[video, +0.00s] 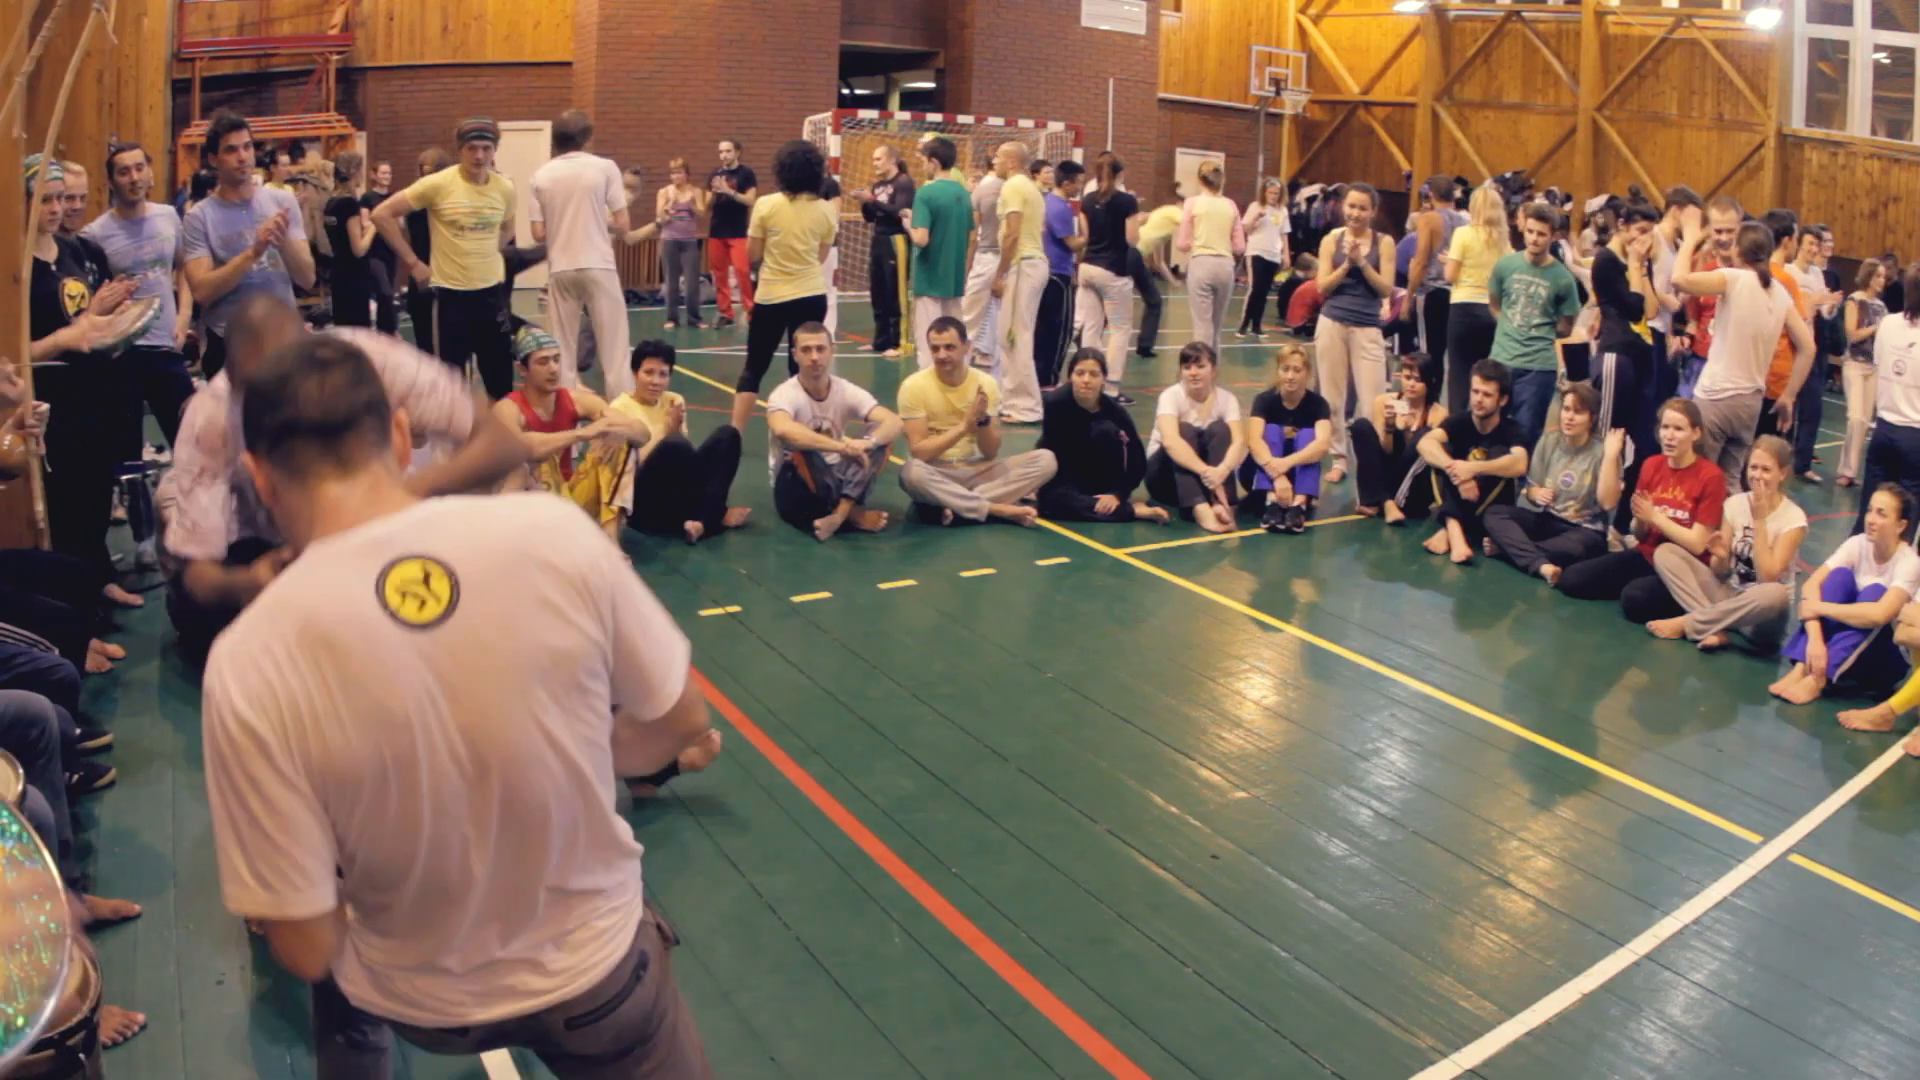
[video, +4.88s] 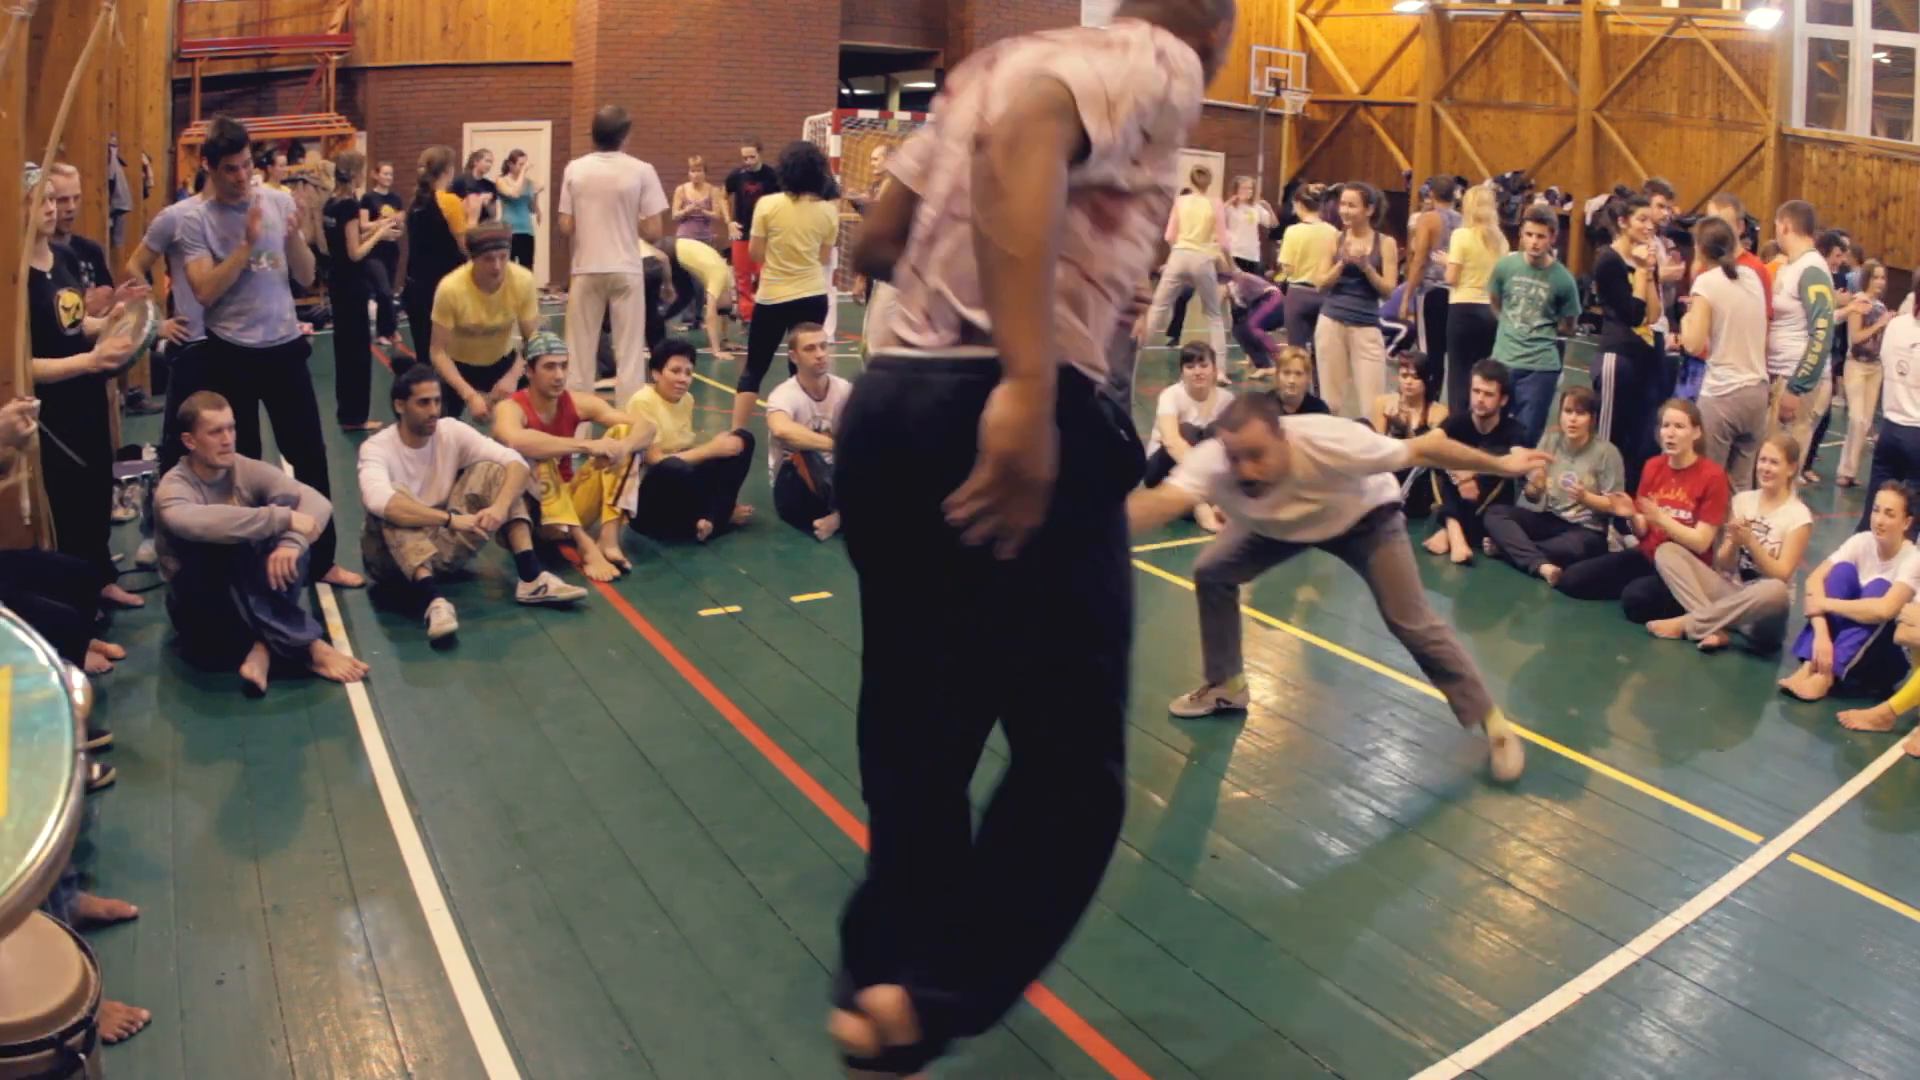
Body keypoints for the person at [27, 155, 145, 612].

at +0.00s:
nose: (58, 208)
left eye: (65, 198)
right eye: (47, 198)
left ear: (71, 202)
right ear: (24, 201)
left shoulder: (80, 254)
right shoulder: (16, 265)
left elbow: (82, 332)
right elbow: (16, 353)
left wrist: (110, 314)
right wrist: (76, 327)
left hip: (89, 389)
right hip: (43, 396)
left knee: (94, 488)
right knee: (63, 494)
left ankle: (100, 574)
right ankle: (69, 586)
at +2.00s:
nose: (76, 203)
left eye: (81, 195)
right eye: (66, 194)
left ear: (85, 200)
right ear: (39, 200)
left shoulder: (76, 253)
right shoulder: (22, 261)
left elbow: (80, 320)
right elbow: (24, 354)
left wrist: (119, 323)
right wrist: (96, 345)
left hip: (97, 389)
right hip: (57, 397)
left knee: (97, 496)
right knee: (73, 500)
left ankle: (100, 576)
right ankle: (78, 594)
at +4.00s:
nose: (56, 208)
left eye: (58, 199)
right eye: (45, 200)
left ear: (61, 204)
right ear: (19, 208)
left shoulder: (65, 258)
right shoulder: (13, 271)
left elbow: (73, 324)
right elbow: (17, 361)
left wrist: (107, 323)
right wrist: (82, 347)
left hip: (88, 390)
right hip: (50, 400)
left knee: (96, 488)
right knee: (68, 495)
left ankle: (101, 577)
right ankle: (75, 591)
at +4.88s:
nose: (53, 209)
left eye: (55, 200)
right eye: (44, 201)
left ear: (59, 206)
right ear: (21, 209)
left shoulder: (65, 259)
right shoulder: (13, 274)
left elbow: (78, 325)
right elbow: (18, 367)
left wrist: (114, 321)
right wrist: (88, 361)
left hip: (87, 393)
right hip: (48, 403)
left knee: (95, 491)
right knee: (65, 496)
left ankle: (102, 577)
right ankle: (73, 589)